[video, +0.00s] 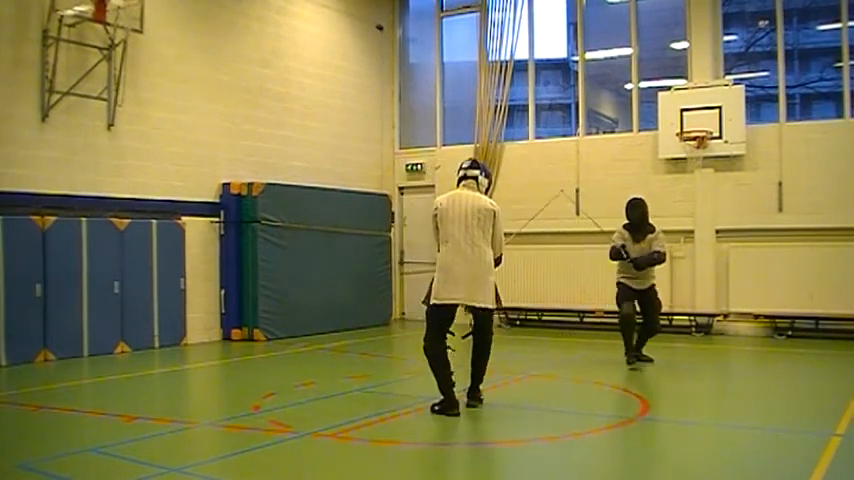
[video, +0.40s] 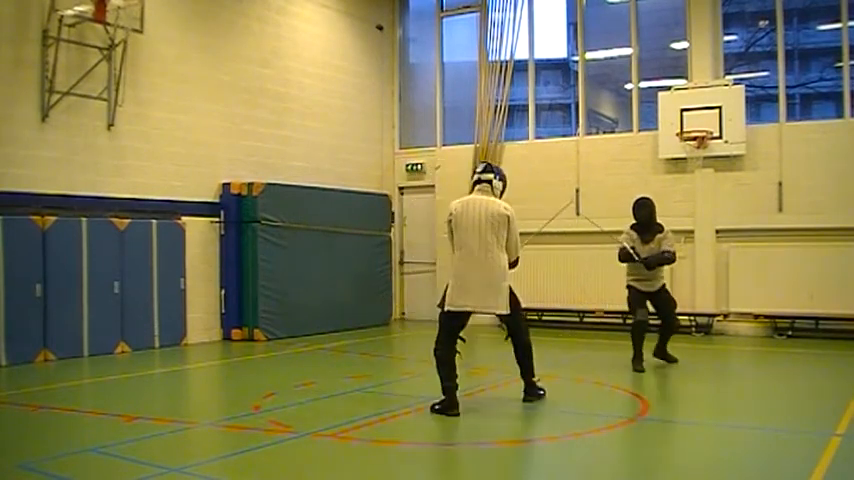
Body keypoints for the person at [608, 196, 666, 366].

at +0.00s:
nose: (634, 216)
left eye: (638, 212)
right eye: (631, 212)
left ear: (645, 213)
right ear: (627, 214)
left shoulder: (655, 233)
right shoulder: (622, 233)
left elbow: (660, 256)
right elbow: (613, 254)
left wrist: (645, 261)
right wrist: (622, 253)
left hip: (647, 284)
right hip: (626, 283)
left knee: (652, 324)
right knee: (627, 313)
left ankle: (637, 350)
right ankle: (629, 352)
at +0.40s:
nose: (643, 219)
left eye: (646, 214)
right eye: (640, 215)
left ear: (653, 214)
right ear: (635, 216)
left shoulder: (663, 233)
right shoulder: (630, 234)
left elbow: (671, 256)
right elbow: (622, 256)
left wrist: (655, 260)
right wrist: (637, 256)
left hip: (657, 285)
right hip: (636, 286)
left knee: (671, 322)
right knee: (641, 319)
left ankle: (660, 349)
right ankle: (637, 358)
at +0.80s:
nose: (640, 239)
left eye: (644, 235)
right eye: (637, 235)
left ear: (652, 230)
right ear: (633, 231)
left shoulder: (661, 247)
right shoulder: (629, 246)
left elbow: (660, 270)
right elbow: (614, 267)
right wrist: (617, 263)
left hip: (658, 298)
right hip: (637, 298)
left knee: (669, 330)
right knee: (636, 327)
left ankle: (665, 352)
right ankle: (629, 365)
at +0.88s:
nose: (643, 251)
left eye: (647, 247)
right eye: (640, 247)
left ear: (654, 241)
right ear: (635, 242)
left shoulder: (662, 255)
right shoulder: (630, 251)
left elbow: (650, 273)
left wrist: (622, 273)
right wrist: (607, 262)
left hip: (656, 302)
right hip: (635, 301)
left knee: (670, 333)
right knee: (634, 326)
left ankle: (666, 351)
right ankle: (629, 365)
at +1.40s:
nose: (658, 228)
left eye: (662, 224)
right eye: (656, 224)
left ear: (672, 224)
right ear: (653, 225)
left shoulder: (687, 246)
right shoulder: (650, 248)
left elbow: (696, 273)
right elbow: (643, 275)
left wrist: (682, 292)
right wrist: (654, 287)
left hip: (680, 297)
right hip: (659, 297)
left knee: (695, 335)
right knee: (651, 328)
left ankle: (682, 354)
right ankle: (636, 361)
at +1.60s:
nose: (668, 224)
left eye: (671, 219)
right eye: (665, 220)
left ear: (679, 216)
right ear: (661, 220)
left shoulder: (693, 238)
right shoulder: (656, 239)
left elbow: (702, 262)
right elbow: (650, 264)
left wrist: (690, 278)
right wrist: (662, 272)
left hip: (687, 291)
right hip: (665, 290)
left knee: (695, 322)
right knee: (661, 321)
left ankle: (683, 353)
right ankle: (661, 360)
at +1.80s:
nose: (670, 226)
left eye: (674, 222)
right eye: (667, 223)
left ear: (681, 214)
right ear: (662, 216)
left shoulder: (693, 233)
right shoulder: (656, 233)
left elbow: (702, 257)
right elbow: (649, 257)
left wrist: (688, 270)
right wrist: (660, 263)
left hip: (686, 287)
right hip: (664, 287)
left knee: (693, 322)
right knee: (666, 322)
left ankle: (684, 350)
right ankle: (664, 360)